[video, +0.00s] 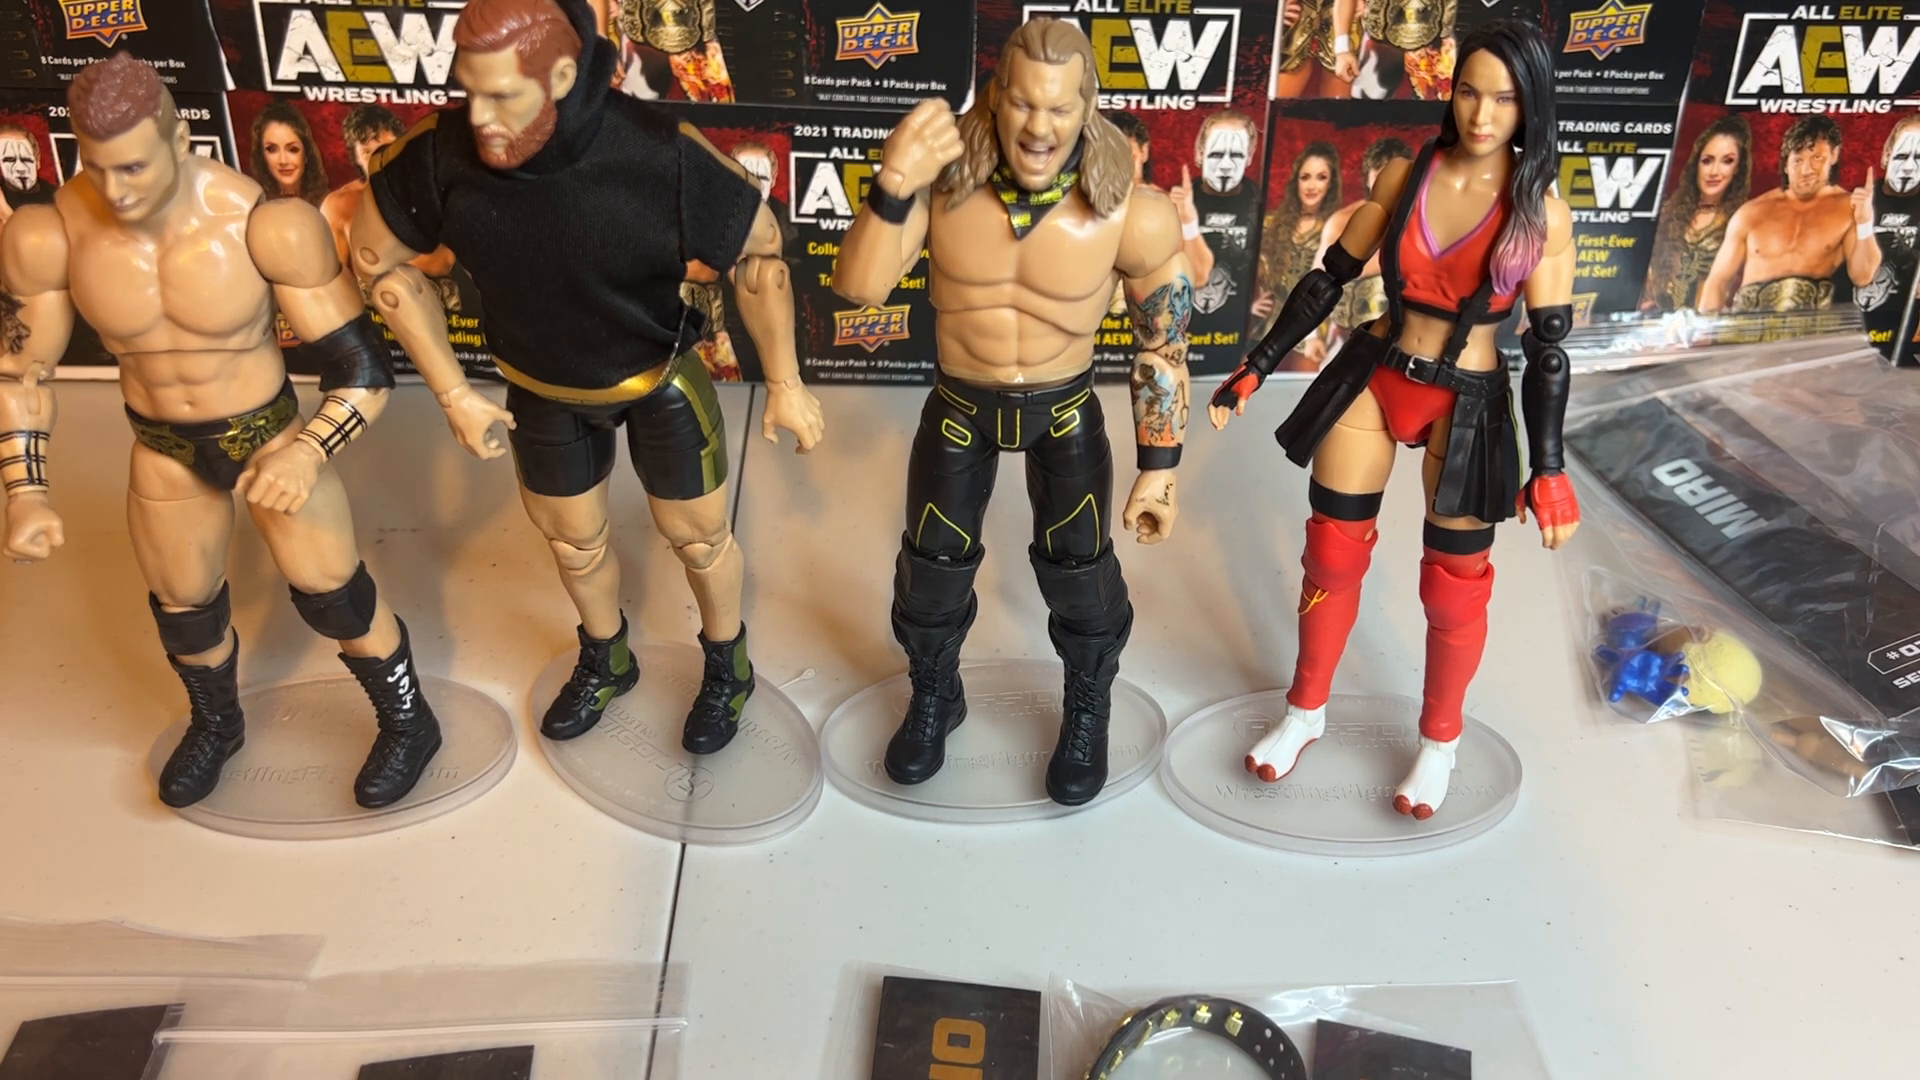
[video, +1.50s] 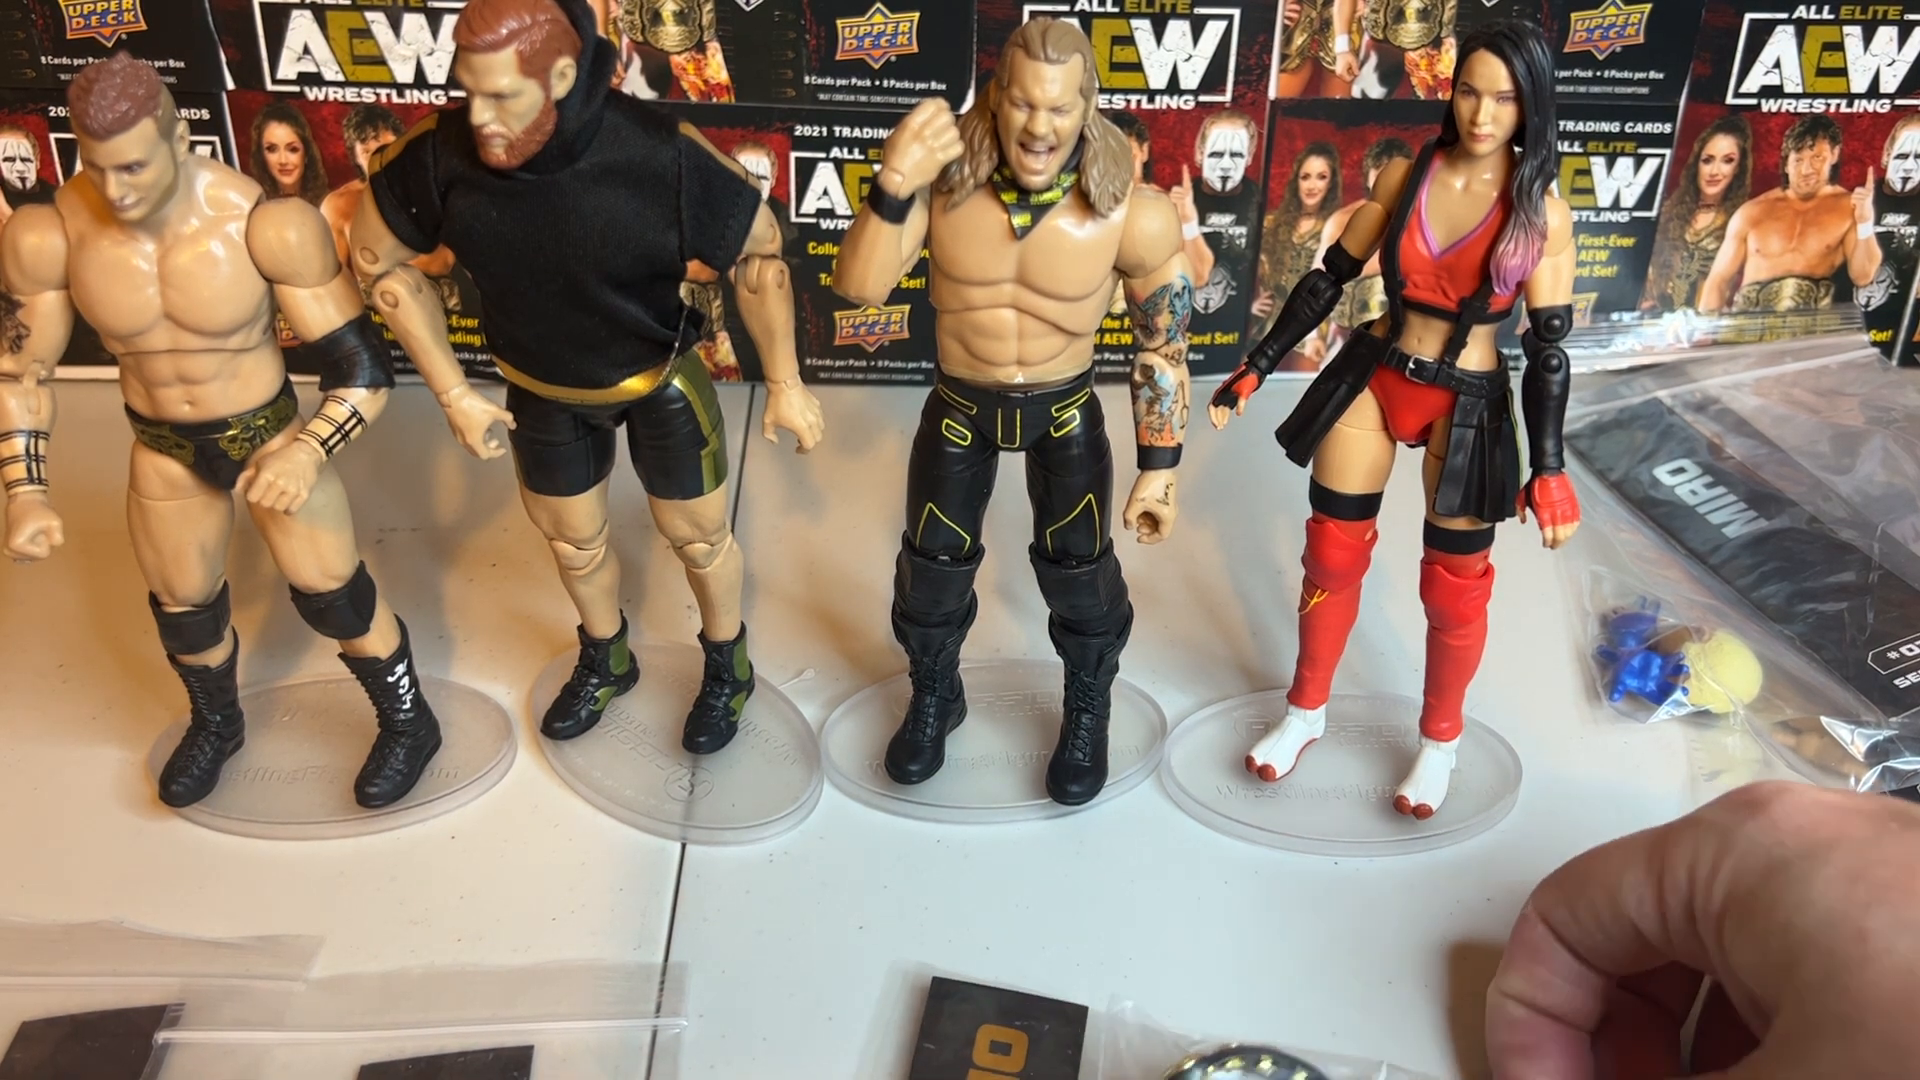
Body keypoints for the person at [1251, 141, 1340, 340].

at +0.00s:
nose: (1312, 186)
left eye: (1321, 178)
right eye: (1305, 177)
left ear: (1332, 183)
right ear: (1295, 181)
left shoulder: (1339, 231)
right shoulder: (1270, 225)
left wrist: (1320, 336)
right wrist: (1251, 302)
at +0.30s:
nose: (1312, 185)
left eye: (1321, 177)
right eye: (1305, 177)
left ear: (1332, 183)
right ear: (1295, 181)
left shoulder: (1338, 229)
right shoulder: (1271, 225)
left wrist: (1321, 336)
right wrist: (1252, 302)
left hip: (1312, 334)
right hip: (1269, 329)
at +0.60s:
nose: (1312, 185)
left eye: (1321, 177)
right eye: (1305, 177)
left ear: (1332, 183)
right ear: (1295, 181)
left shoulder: (1338, 229)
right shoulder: (1270, 224)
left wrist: (1322, 336)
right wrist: (1253, 302)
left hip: (1312, 333)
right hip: (1269, 328)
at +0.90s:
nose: (1312, 185)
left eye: (1321, 177)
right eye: (1305, 177)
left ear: (1332, 183)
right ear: (1295, 181)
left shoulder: (1338, 229)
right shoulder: (1270, 224)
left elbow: (1338, 286)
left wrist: (1320, 335)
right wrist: (1252, 301)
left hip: (1311, 335)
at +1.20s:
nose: (1312, 186)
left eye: (1321, 178)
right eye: (1305, 177)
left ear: (1332, 183)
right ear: (1295, 181)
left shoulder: (1338, 230)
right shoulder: (1271, 225)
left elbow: (1335, 285)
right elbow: (1255, 273)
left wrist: (1322, 336)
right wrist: (1254, 303)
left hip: (1313, 334)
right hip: (1269, 328)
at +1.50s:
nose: (1312, 185)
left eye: (1322, 177)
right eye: (1305, 177)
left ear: (1332, 182)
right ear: (1295, 181)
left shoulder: (1337, 229)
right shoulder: (1271, 224)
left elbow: (1334, 284)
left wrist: (1321, 335)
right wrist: (1253, 302)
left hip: (1312, 332)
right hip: (1269, 327)